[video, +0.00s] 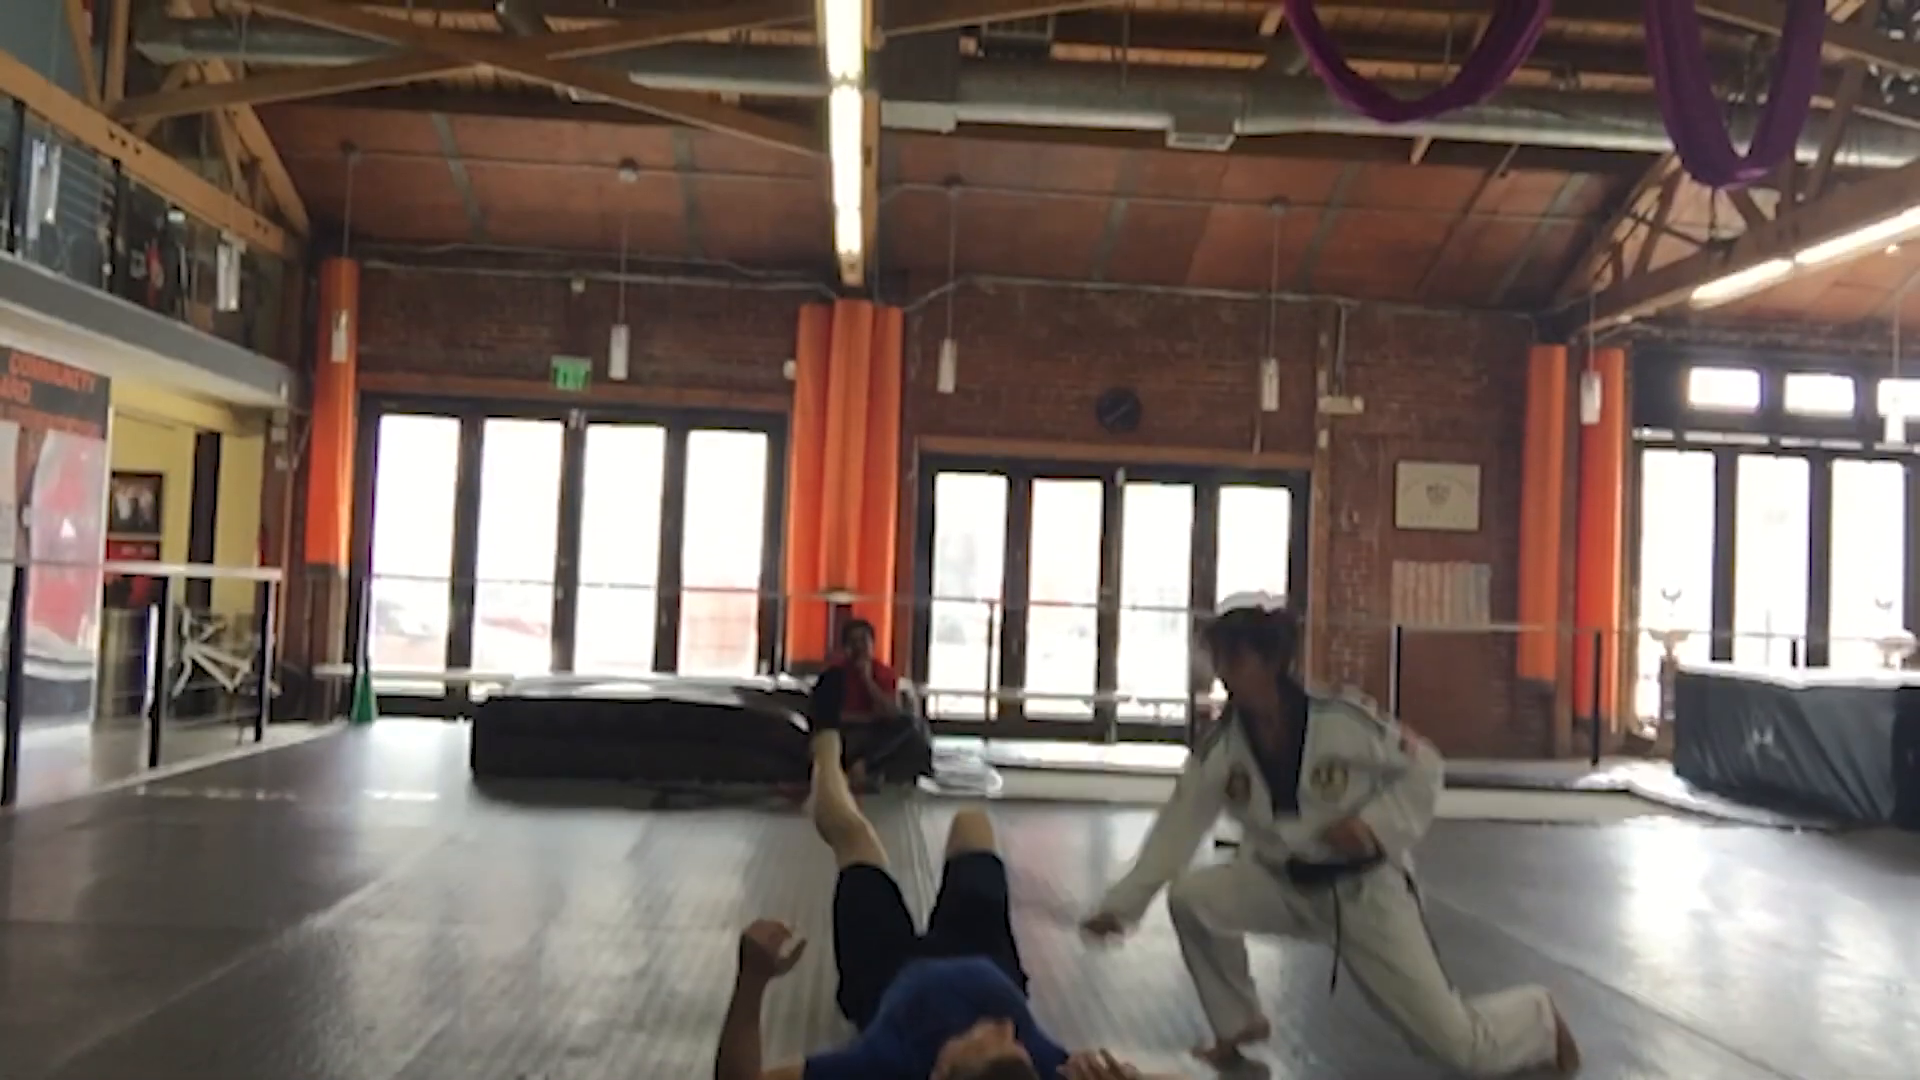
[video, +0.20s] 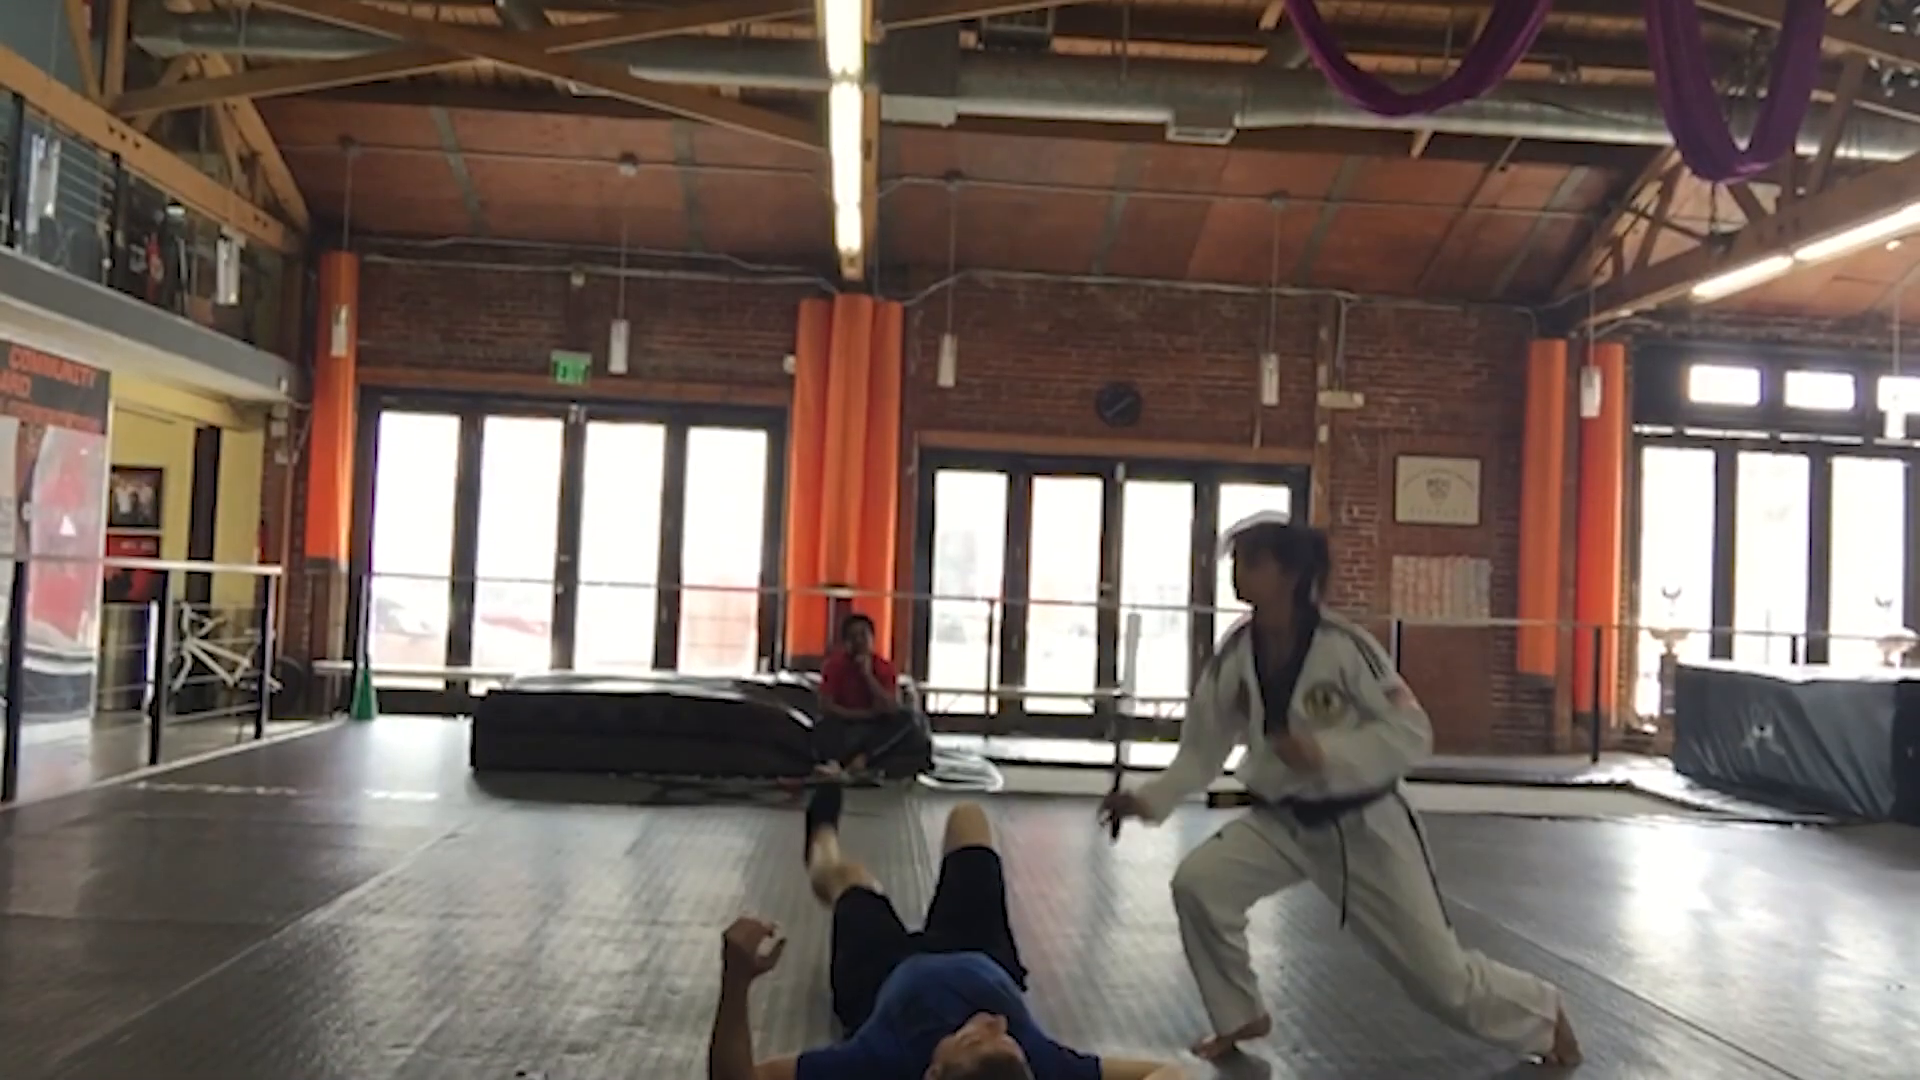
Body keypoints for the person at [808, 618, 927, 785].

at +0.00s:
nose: (859, 646)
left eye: (863, 639)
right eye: (853, 641)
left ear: (872, 642)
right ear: (845, 645)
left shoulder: (884, 673)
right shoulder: (835, 672)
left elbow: (891, 712)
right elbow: (826, 718)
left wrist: (867, 678)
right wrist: (871, 717)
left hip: (876, 727)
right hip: (843, 730)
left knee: (906, 723)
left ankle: (865, 765)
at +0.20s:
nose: (859, 640)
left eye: (864, 634)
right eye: (854, 636)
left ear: (872, 637)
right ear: (846, 641)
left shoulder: (884, 667)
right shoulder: (834, 666)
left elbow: (890, 707)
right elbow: (826, 706)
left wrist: (868, 675)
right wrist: (869, 714)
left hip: (876, 722)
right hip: (842, 721)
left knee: (906, 719)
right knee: (823, 728)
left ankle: (863, 760)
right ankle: (833, 764)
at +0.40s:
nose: (859, 642)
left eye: (863, 637)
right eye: (853, 638)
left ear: (872, 639)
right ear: (846, 641)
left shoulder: (884, 668)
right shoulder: (833, 667)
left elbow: (891, 708)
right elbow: (826, 707)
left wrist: (868, 675)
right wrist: (868, 715)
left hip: (876, 723)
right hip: (842, 724)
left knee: (907, 721)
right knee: (824, 730)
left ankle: (864, 761)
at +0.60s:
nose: (859, 643)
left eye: (863, 637)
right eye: (853, 639)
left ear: (872, 639)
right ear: (846, 643)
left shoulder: (885, 668)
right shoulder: (833, 666)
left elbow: (892, 709)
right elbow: (826, 706)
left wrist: (868, 675)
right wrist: (868, 715)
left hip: (876, 724)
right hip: (842, 725)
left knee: (907, 722)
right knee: (822, 726)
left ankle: (865, 761)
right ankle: (832, 765)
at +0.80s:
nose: (859, 643)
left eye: (863, 637)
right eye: (853, 639)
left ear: (872, 638)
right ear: (846, 642)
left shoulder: (885, 668)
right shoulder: (833, 666)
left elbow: (892, 708)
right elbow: (826, 706)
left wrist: (868, 675)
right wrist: (868, 714)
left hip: (876, 723)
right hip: (842, 723)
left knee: (907, 721)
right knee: (823, 724)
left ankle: (864, 761)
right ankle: (832, 764)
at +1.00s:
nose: (860, 644)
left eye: (864, 638)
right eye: (854, 639)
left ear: (872, 638)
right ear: (846, 642)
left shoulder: (884, 668)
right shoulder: (833, 666)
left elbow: (891, 708)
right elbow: (826, 707)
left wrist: (868, 675)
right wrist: (868, 714)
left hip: (876, 724)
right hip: (842, 724)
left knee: (907, 720)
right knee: (823, 725)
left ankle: (864, 761)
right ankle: (832, 765)